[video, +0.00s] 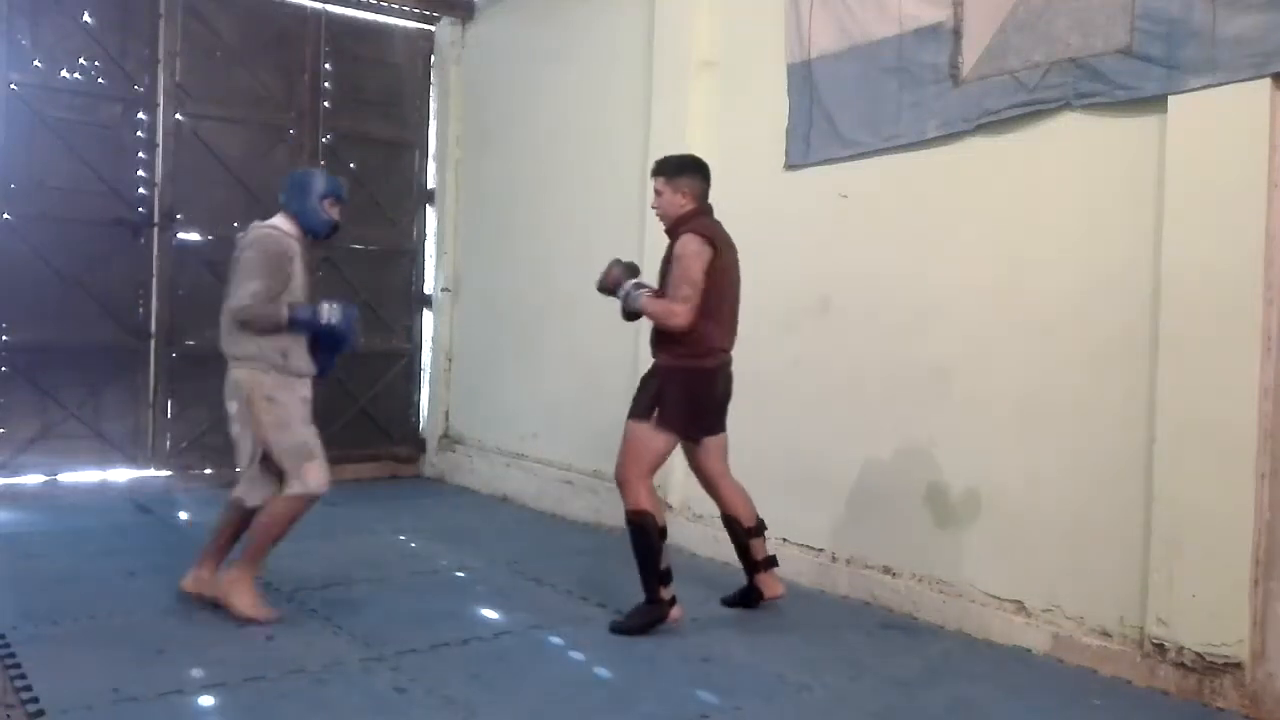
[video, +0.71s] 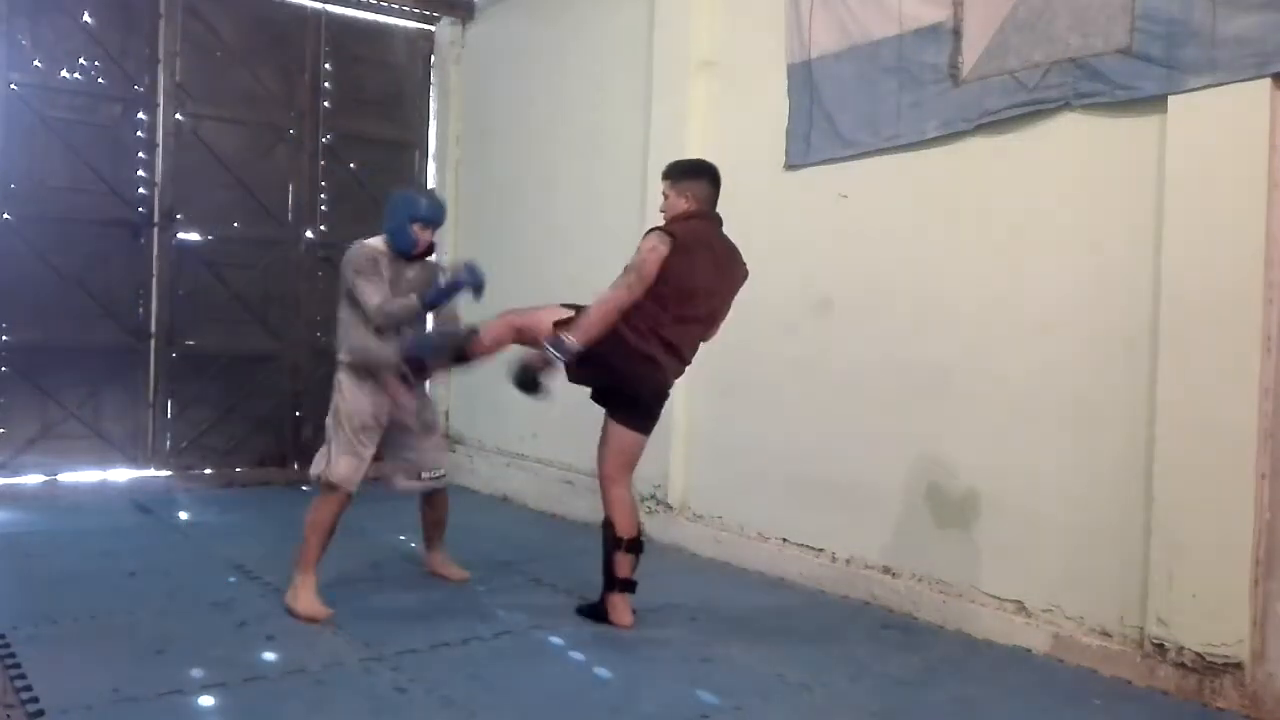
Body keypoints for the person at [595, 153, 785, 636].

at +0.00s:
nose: (654, 203)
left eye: (660, 193)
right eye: (655, 193)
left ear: (686, 195)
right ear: (693, 195)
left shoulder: (692, 240)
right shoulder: (714, 236)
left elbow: (678, 314)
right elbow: (690, 306)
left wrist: (631, 293)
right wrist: (642, 291)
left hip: (678, 377)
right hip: (709, 376)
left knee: (632, 476)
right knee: (716, 477)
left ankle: (660, 599)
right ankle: (765, 579)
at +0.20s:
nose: (635, 186)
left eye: (640, 177)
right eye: (636, 177)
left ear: (663, 178)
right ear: (678, 179)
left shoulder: (660, 220)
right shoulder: (709, 227)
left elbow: (644, 296)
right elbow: (716, 308)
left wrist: (608, 269)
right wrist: (644, 299)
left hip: (656, 362)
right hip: (693, 360)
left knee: (648, 478)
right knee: (669, 469)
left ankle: (658, 598)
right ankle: (709, 570)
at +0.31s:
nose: (632, 187)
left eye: (636, 178)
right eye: (632, 178)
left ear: (658, 178)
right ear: (675, 179)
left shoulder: (654, 217)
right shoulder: (708, 227)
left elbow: (606, 287)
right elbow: (719, 306)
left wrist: (582, 249)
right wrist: (665, 282)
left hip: (652, 360)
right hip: (688, 359)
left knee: (650, 480)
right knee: (646, 476)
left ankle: (671, 596)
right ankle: (643, 588)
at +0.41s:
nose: (635, 203)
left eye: (641, 195)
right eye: (636, 194)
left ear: (663, 196)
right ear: (678, 198)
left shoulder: (647, 243)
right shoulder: (709, 250)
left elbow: (577, 283)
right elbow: (718, 322)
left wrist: (545, 240)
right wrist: (668, 294)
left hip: (641, 381)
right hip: (676, 383)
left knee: (618, 488)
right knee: (622, 486)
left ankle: (668, 595)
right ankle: (619, 600)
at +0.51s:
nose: (647, 206)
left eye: (651, 198)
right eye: (648, 198)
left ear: (672, 198)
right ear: (692, 199)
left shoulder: (661, 239)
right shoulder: (719, 254)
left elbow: (593, 272)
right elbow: (714, 328)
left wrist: (519, 260)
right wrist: (665, 300)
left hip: (630, 372)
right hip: (671, 383)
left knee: (542, 434)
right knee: (624, 477)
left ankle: (589, 535)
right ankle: (623, 601)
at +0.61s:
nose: (658, 204)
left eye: (662, 196)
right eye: (659, 195)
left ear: (684, 195)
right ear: (702, 197)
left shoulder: (667, 234)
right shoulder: (730, 257)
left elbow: (604, 277)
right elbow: (710, 328)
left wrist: (522, 303)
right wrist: (651, 315)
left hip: (620, 354)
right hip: (664, 379)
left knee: (515, 358)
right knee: (624, 477)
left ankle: (491, 466)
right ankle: (621, 602)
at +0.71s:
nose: (663, 204)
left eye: (667, 197)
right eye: (664, 196)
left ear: (687, 199)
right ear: (709, 202)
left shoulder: (665, 239)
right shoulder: (735, 265)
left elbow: (623, 294)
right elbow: (703, 330)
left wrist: (565, 346)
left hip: (605, 346)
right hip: (650, 381)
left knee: (513, 324)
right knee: (617, 479)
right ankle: (618, 600)